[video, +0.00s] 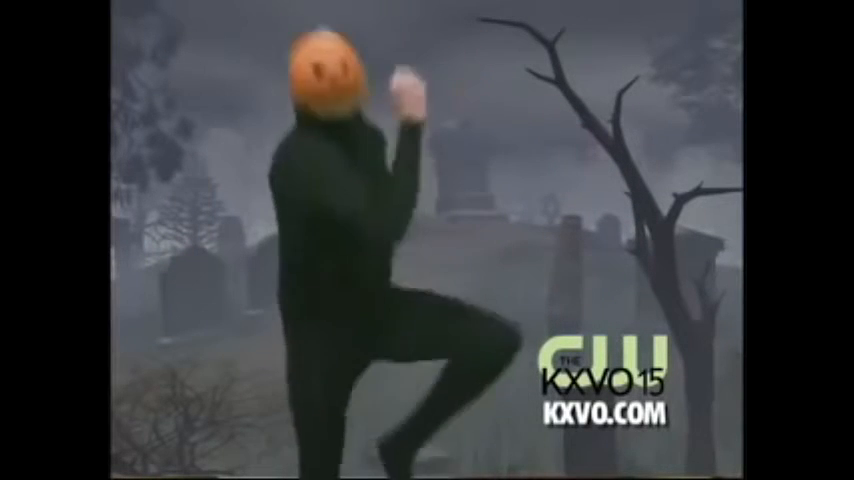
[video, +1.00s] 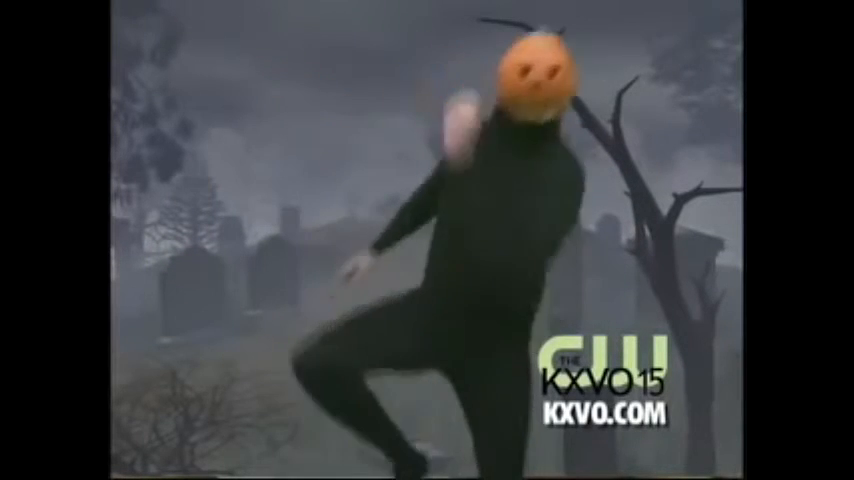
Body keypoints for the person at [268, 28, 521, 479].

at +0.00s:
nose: (343, 94)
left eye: (344, 80)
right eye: (333, 87)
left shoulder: (364, 140)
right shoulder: (298, 157)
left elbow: (380, 229)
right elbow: (386, 224)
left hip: (375, 311)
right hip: (320, 331)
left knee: (494, 340)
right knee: (320, 469)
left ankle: (402, 445)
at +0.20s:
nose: (314, 71)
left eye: (323, 59)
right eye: (298, 64)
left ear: (341, 70)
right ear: (280, 84)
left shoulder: (359, 133)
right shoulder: (292, 152)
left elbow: (378, 221)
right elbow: (386, 201)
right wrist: (485, 144)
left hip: (397, 318)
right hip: (338, 331)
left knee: (456, 443)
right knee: (342, 464)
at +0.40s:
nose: (374, 148)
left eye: (384, 134)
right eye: (357, 139)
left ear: (399, 138)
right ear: (336, 151)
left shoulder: (409, 188)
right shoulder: (328, 222)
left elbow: (415, 289)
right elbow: (403, 295)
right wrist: (438, 196)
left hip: (400, 359)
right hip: (340, 374)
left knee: (489, 441)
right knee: (343, 472)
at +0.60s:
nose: (424, 90)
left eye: (437, 78)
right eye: (409, 79)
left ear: (454, 85)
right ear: (387, 91)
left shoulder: (475, 141)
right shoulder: (371, 161)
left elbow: (520, 156)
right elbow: (395, 271)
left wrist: (505, 221)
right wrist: (443, 367)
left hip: (449, 329)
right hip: (377, 335)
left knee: (485, 463)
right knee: (355, 465)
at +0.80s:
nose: (487, 124)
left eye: (502, 113)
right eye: (473, 113)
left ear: (521, 124)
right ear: (452, 122)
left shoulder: (540, 202)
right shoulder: (421, 198)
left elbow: (591, 299)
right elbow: (376, 283)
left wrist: (524, 341)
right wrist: (335, 371)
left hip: (498, 373)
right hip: (417, 367)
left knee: (511, 472)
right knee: (359, 470)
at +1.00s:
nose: (527, 110)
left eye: (540, 102)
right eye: (521, 90)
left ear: (560, 106)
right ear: (501, 94)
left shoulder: (563, 174)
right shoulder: (481, 138)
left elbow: (511, 256)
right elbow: (435, 194)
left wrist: (463, 166)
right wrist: (375, 251)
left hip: (498, 342)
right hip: (432, 314)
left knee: (503, 472)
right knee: (317, 364)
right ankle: (407, 461)